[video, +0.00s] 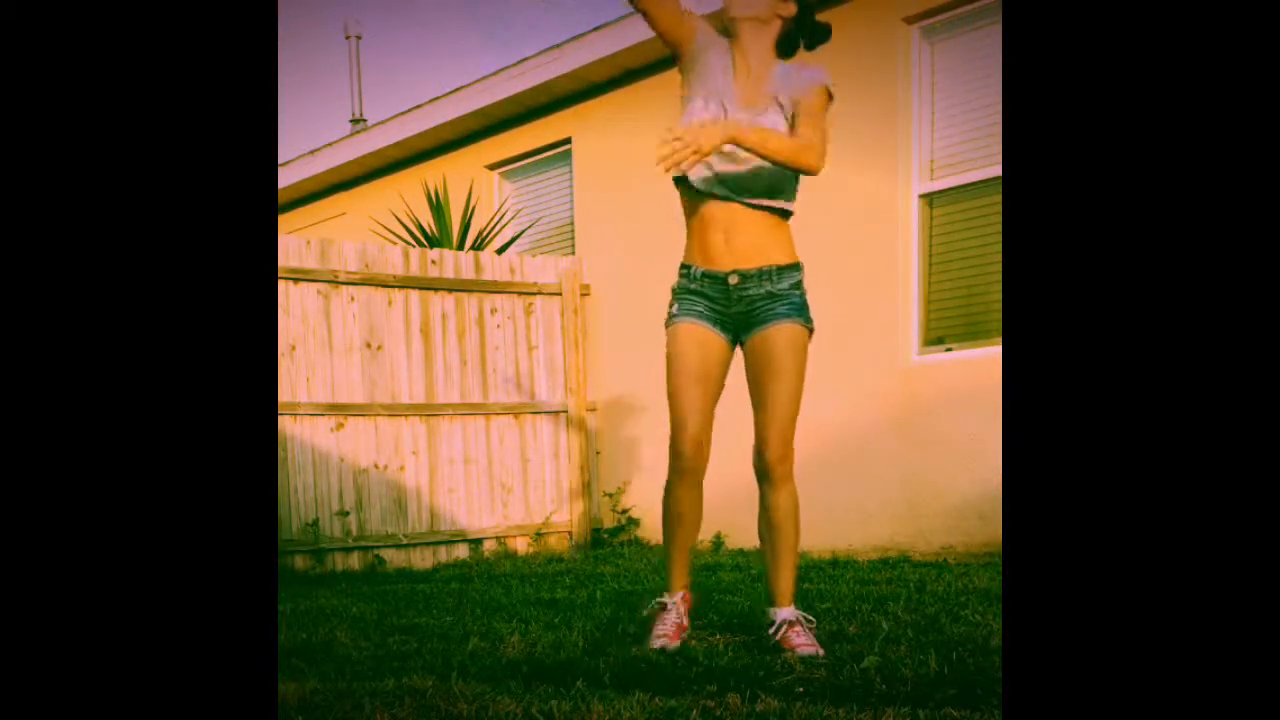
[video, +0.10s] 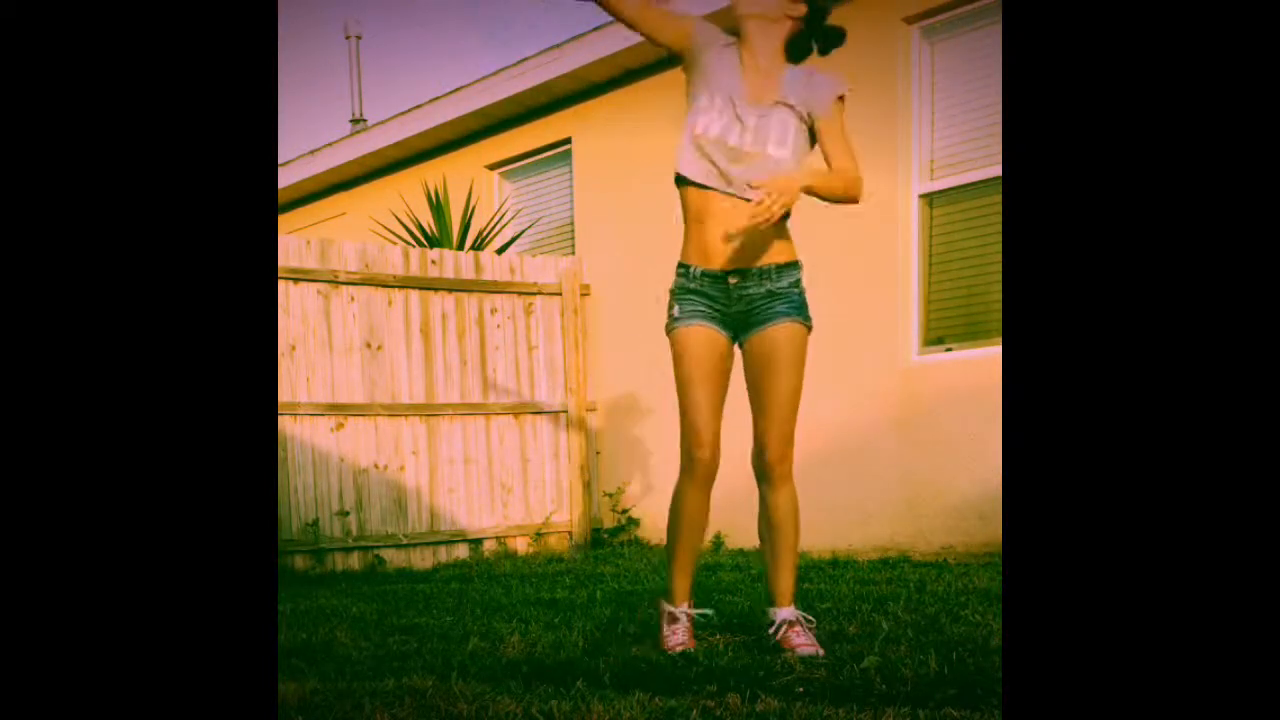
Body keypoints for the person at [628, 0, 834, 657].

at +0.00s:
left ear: (785, 8)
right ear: (730, 7)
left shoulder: (807, 82)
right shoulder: (700, 48)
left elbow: (811, 156)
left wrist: (730, 129)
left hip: (777, 288)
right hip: (699, 288)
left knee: (774, 460)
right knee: (686, 451)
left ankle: (785, 613)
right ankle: (675, 602)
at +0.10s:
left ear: (793, 12)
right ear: (743, 11)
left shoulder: (815, 86)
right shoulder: (703, 46)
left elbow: (850, 184)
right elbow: (613, 2)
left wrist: (800, 179)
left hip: (776, 290)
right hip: (698, 289)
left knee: (775, 461)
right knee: (700, 454)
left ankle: (785, 613)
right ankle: (677, 610)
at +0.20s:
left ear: (800, 11)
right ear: (749, 11)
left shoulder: (819, 89)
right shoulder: (704, 46)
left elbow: (867, 193)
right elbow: (609, 12)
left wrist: (856, 221)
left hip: (772, 289)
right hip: (693, 286)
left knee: (772, 462)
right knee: (695, 460)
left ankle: (785, 613)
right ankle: (678, 611)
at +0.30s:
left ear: (802, 8)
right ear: (751, 10)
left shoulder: (823, 87)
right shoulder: (708, 47)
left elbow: (865, 185)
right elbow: (622, 21)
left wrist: (887, 238)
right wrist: (571, 1)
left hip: (771, 289)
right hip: (691, 286)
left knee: (774, 462)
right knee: (694, 461)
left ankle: (787, 612)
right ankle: (679, 612)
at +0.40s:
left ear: (802, 5)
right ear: (752, 7)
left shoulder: (829, 88)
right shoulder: (713, 49)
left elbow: (862, 189)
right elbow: (616, 27)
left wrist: (895, 252)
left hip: (774, 291)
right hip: (694, 286)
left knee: (775, 461)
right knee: (692, 459)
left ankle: (788, 612)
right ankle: (679, 611)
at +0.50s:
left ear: (803, 5)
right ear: (753, 8)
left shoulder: (833, 93)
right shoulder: (714, 50)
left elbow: (859, 194)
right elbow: (619, 27)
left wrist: (891, 248)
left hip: (779, 291)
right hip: (699, 287)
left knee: (777, 461)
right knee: (696, 461)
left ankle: (787, 612)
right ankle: (679, 611)